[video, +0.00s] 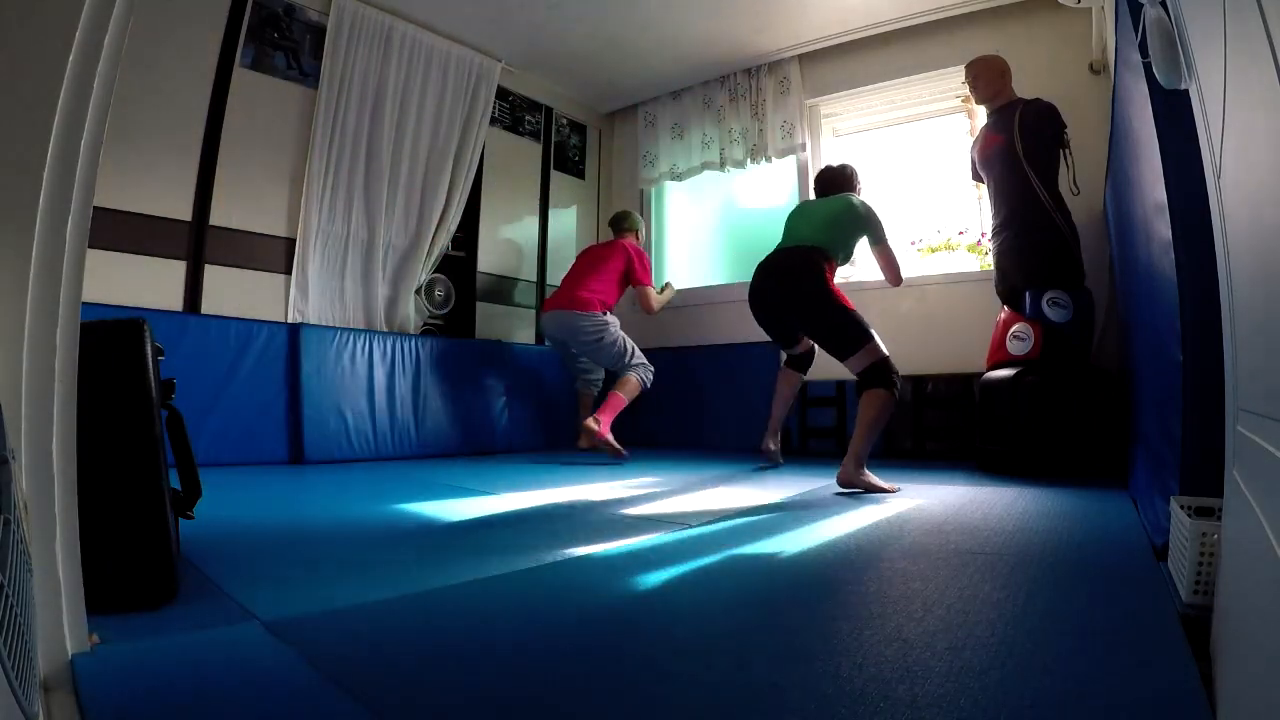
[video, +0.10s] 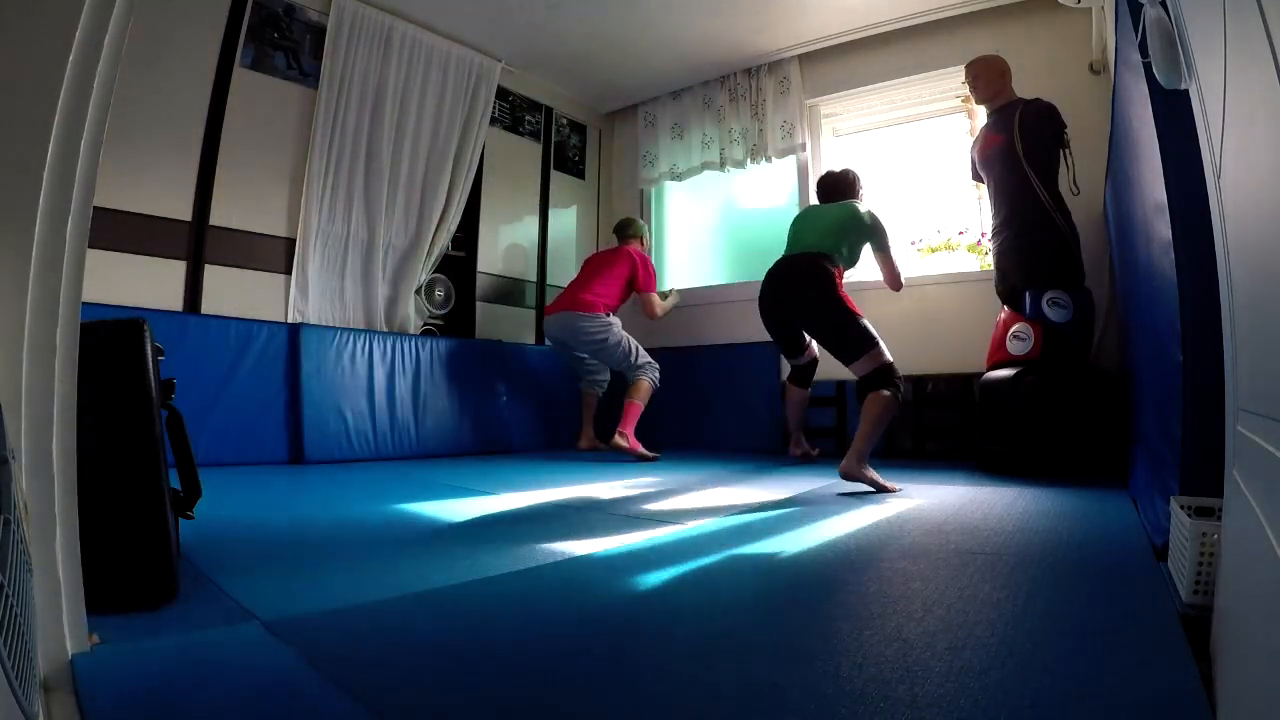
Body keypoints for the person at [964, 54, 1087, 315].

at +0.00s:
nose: (970, 85)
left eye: (975, 77)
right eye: (967, 81)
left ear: (1003, 76)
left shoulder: (1038, 112)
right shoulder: (980, 141)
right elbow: (978, 175)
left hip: (1050, 244)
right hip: (1008, 251)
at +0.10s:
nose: (970, 86)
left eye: (975, 77)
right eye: (968, 82)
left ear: (1003, 75)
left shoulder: (1037, 111)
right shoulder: (981, 140)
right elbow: (979, 176)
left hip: (1050, 243)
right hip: (1008, 250)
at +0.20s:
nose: (970, 86)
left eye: (975, 77)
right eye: (968, 82)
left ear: (1003, 75)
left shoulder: (1037, 112)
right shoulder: (980, 141)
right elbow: (979, 176)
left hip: (1050, 243)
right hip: (1008, 250)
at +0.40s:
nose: (970, 86)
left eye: (975, 78)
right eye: (968, 82)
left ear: (1003, 75)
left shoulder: (1037, 111)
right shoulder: (981, 140)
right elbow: (979, 176)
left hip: (1050, 243)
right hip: (1008, 250)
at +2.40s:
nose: (970, 87)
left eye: (975, 78)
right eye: (968, 82)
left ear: (1002, 75)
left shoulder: (1036, 111)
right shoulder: (983, 136)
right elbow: (977, 175)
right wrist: (974, 123)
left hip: (1048, 238)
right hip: (1008, 244)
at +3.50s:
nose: (971, 84)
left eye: (976, 76)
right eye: (968, 81)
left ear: (1004, 75)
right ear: (969, 90)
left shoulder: (1036, 111)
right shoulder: (980, 141)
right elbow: (979, 177)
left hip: (1050, 245)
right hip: (1008, 253)